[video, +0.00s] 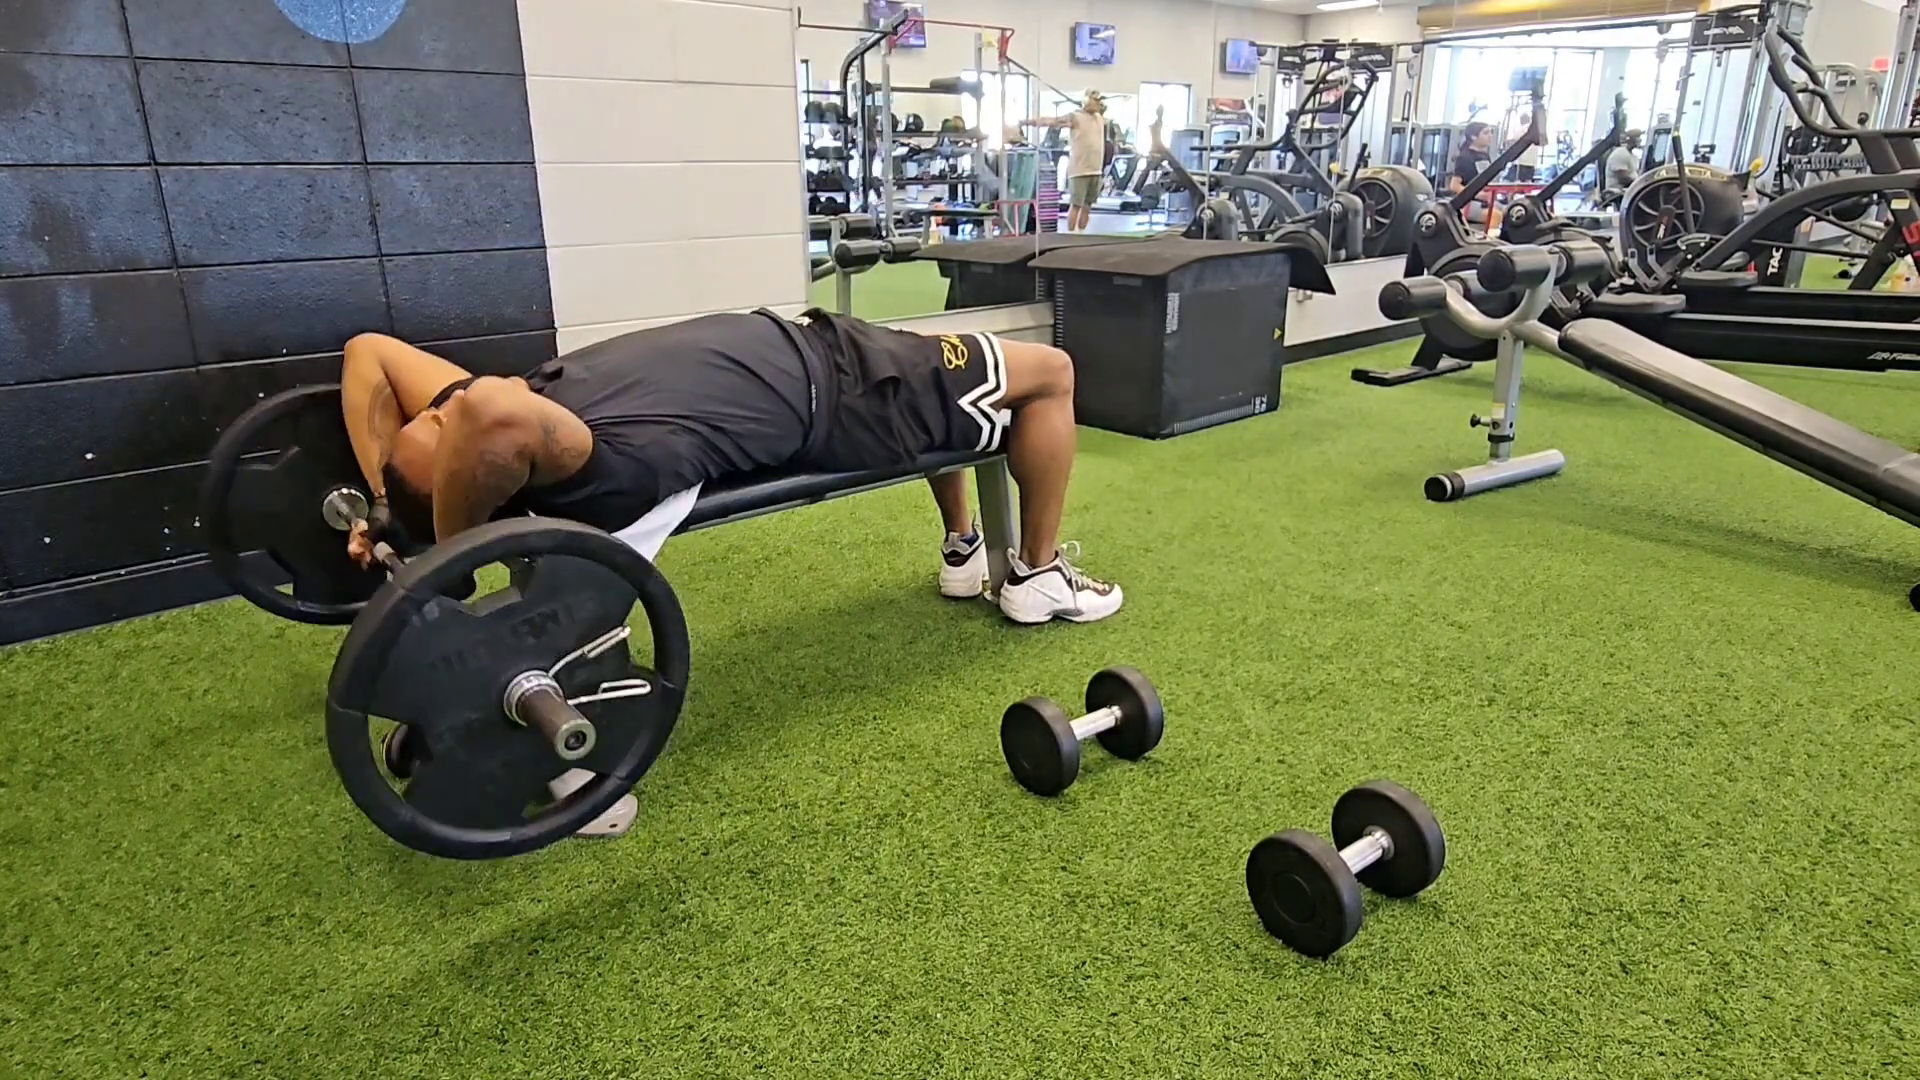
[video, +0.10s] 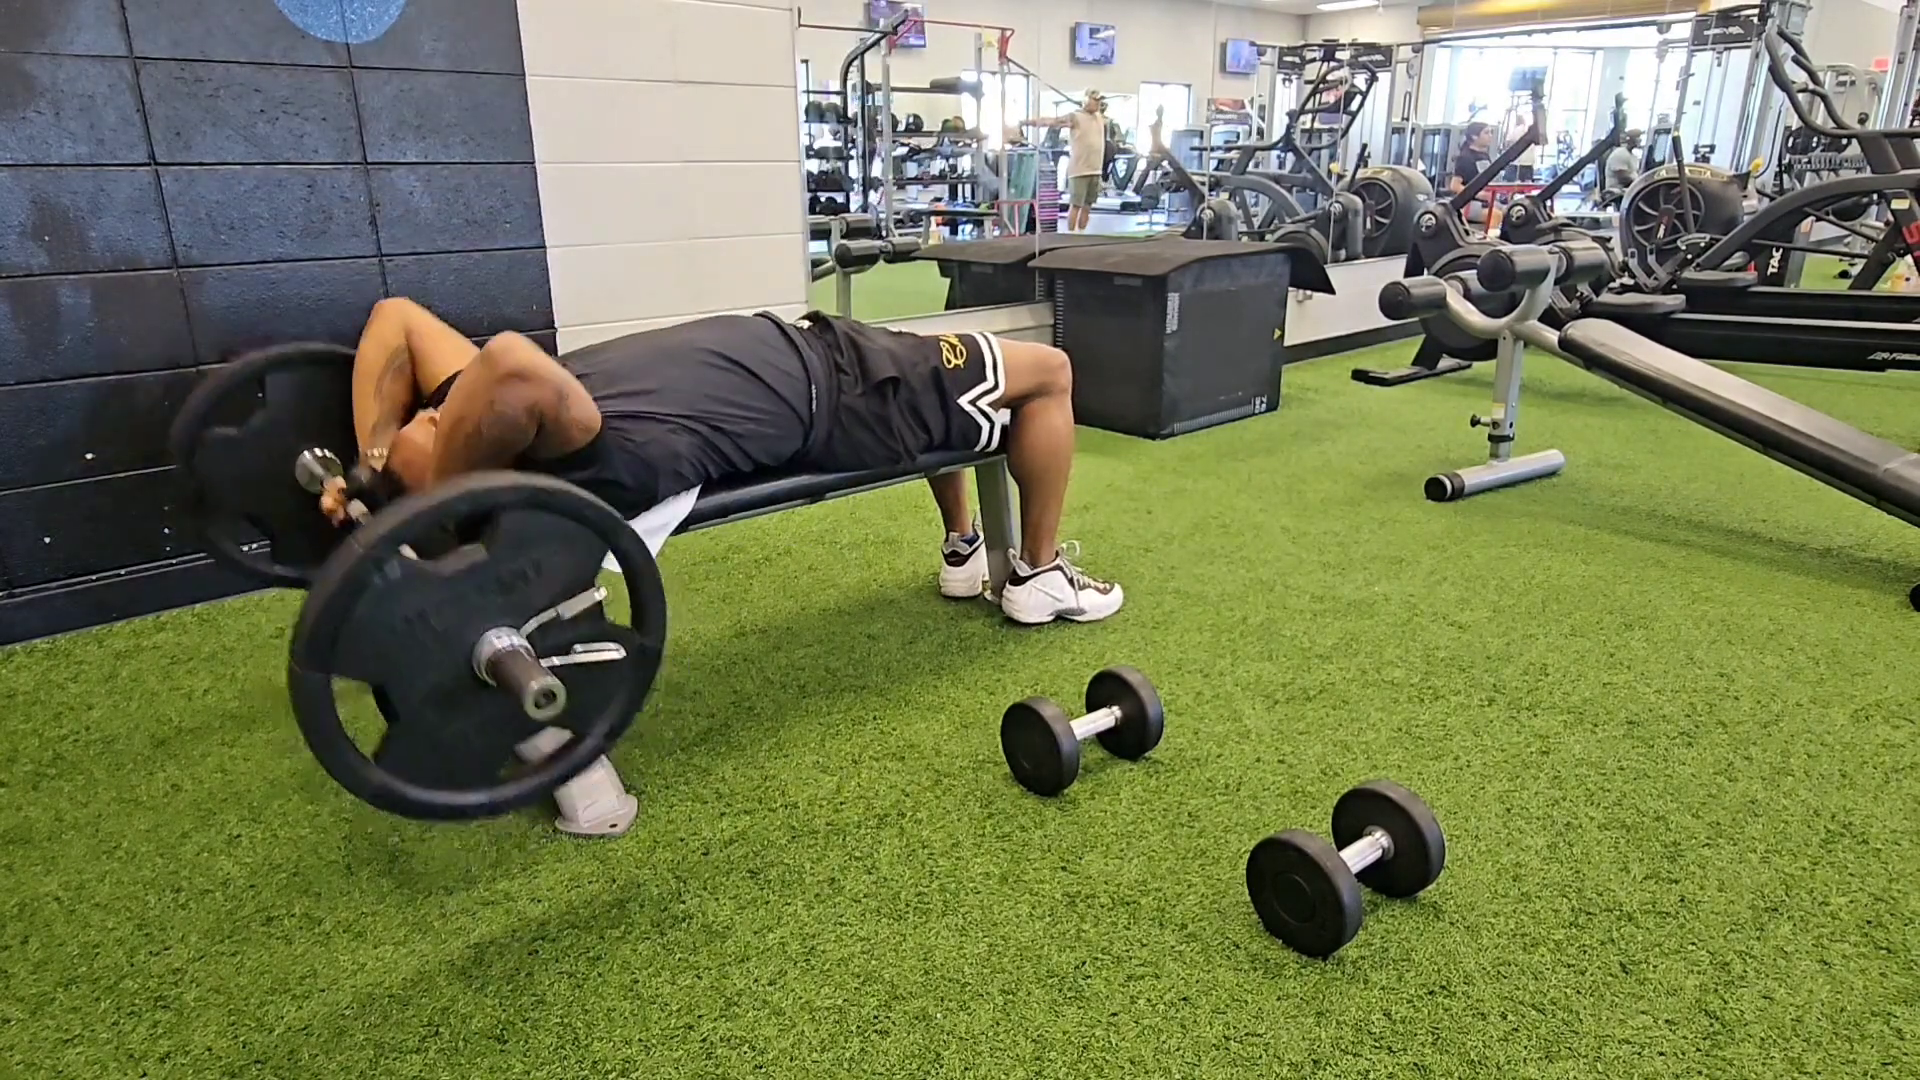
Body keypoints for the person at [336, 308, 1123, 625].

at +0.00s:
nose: (446, 397)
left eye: (430, 412)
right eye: (444, 421)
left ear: (426, 467)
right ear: (483, 470)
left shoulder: (495, 417)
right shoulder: (595, 464)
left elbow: (368, 347)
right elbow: (491, 412)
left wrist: (378, 485)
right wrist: (437, 551)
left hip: (780, 340)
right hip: (836, 382)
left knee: (930, 342)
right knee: (1049, 372)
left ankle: (966, 547)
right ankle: (1037, 574)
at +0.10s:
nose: (430, 408)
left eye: (412, 421)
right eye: (428, 426)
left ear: (396, 456)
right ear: (462, 472)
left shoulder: (463, 426)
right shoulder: (583, 456)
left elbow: (394, 315)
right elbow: (510, 360)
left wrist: (369, 451)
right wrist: (426, 470)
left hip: (775, 341)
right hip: (830, 384)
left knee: (926, 347)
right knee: (1046, 369)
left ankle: (968, 545)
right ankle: (1038, 574)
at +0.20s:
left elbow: (447, 287)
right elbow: (561, 332)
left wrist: (367, 406)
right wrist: (418, 433)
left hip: (774, 340)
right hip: (833, 389)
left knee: (926, 360)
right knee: (1042, 371)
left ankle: (966, 544)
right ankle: (1042, 572)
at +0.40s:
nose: (436, 438)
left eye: (425, 445)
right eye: (438, 452)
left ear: (434, 444)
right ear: (468, 475)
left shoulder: (491, 402)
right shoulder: (547, 426)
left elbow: (574, 320)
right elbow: (582, 318)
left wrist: (459, 320)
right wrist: (469, 323)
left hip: (767, 347)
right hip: (810, 387)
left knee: (929, 342)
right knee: (1043, 372)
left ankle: (965, 546)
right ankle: (1053, 576)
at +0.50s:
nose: (469, 393)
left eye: (448, 402)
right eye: (459, 418)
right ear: (499, 485)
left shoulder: (532, 404)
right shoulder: (587, 481)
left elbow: (611, 339)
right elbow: (692, 475)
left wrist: (538, 318)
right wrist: (762, 446)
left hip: (792, 356)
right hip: (839, 410)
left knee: (937, 345)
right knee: (1050, 372)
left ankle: (965, 545)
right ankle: (1053, 576)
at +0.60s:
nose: (479, 390)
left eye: (457, 401)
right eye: (471, 417)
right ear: (508, 483)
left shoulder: (548, 405)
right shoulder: (608, 474)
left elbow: (640, 379)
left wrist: (583, 326)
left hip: (793, 366)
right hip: (844, 420)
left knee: (933, 341)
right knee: (1053, 372)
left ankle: (965, 545)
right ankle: (1052, 577)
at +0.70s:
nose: (481, 388)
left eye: (457, 399)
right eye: (471, 416)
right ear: (507, 485)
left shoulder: (542, 394)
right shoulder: (605, 470)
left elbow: (659, 368)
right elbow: (732, 491)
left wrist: (608, 326)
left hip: (782, 366)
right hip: (839, 422)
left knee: (935, 341)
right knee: (1053, 372)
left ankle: (964, 545)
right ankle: (1051, 579)